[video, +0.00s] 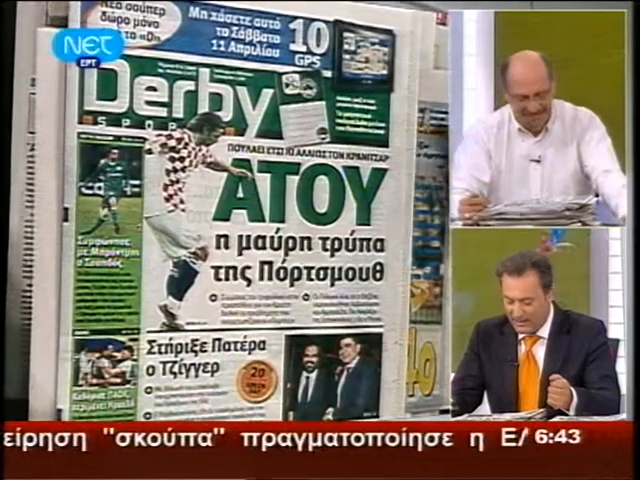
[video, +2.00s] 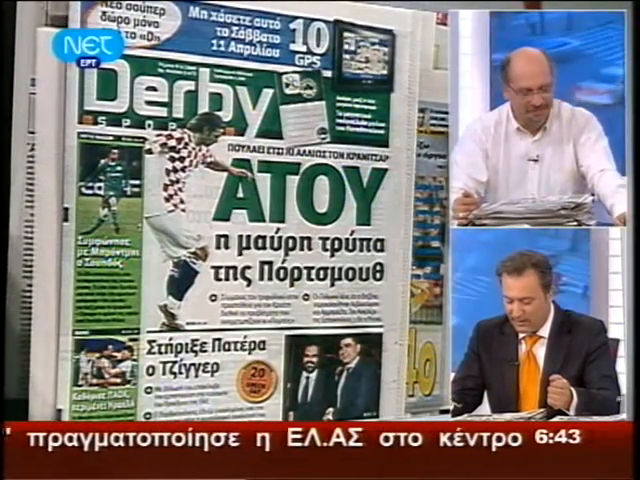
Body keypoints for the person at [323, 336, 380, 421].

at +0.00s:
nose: (343, 351)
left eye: (347, 346)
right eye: (341, 348)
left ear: (358, 348)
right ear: (339, 351)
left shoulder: (367, 368)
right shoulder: (341, 371)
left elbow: (361, 409)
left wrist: (335, 414)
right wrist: (330, 411)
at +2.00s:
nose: (343, 351)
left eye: (347, 346)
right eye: (341, 348)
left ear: (358, 348)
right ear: (339, 351)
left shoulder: (367, 368)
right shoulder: (340, 372)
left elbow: (360, 409)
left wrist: (335, 415)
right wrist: (330, 411)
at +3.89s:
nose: (343, 351)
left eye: (347, 346)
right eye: (341, 348)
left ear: (358, 348)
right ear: (338, 351)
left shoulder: (367, 368)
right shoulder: (341, 371)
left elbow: (361, 408)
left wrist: (335, 415)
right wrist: (331, 411)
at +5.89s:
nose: (343, 351)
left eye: (347, 346)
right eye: (341, 348)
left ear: (358, 348)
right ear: (339, 351)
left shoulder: (367, 368)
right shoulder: (341, 371)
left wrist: (335, 416)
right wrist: (331, 410)